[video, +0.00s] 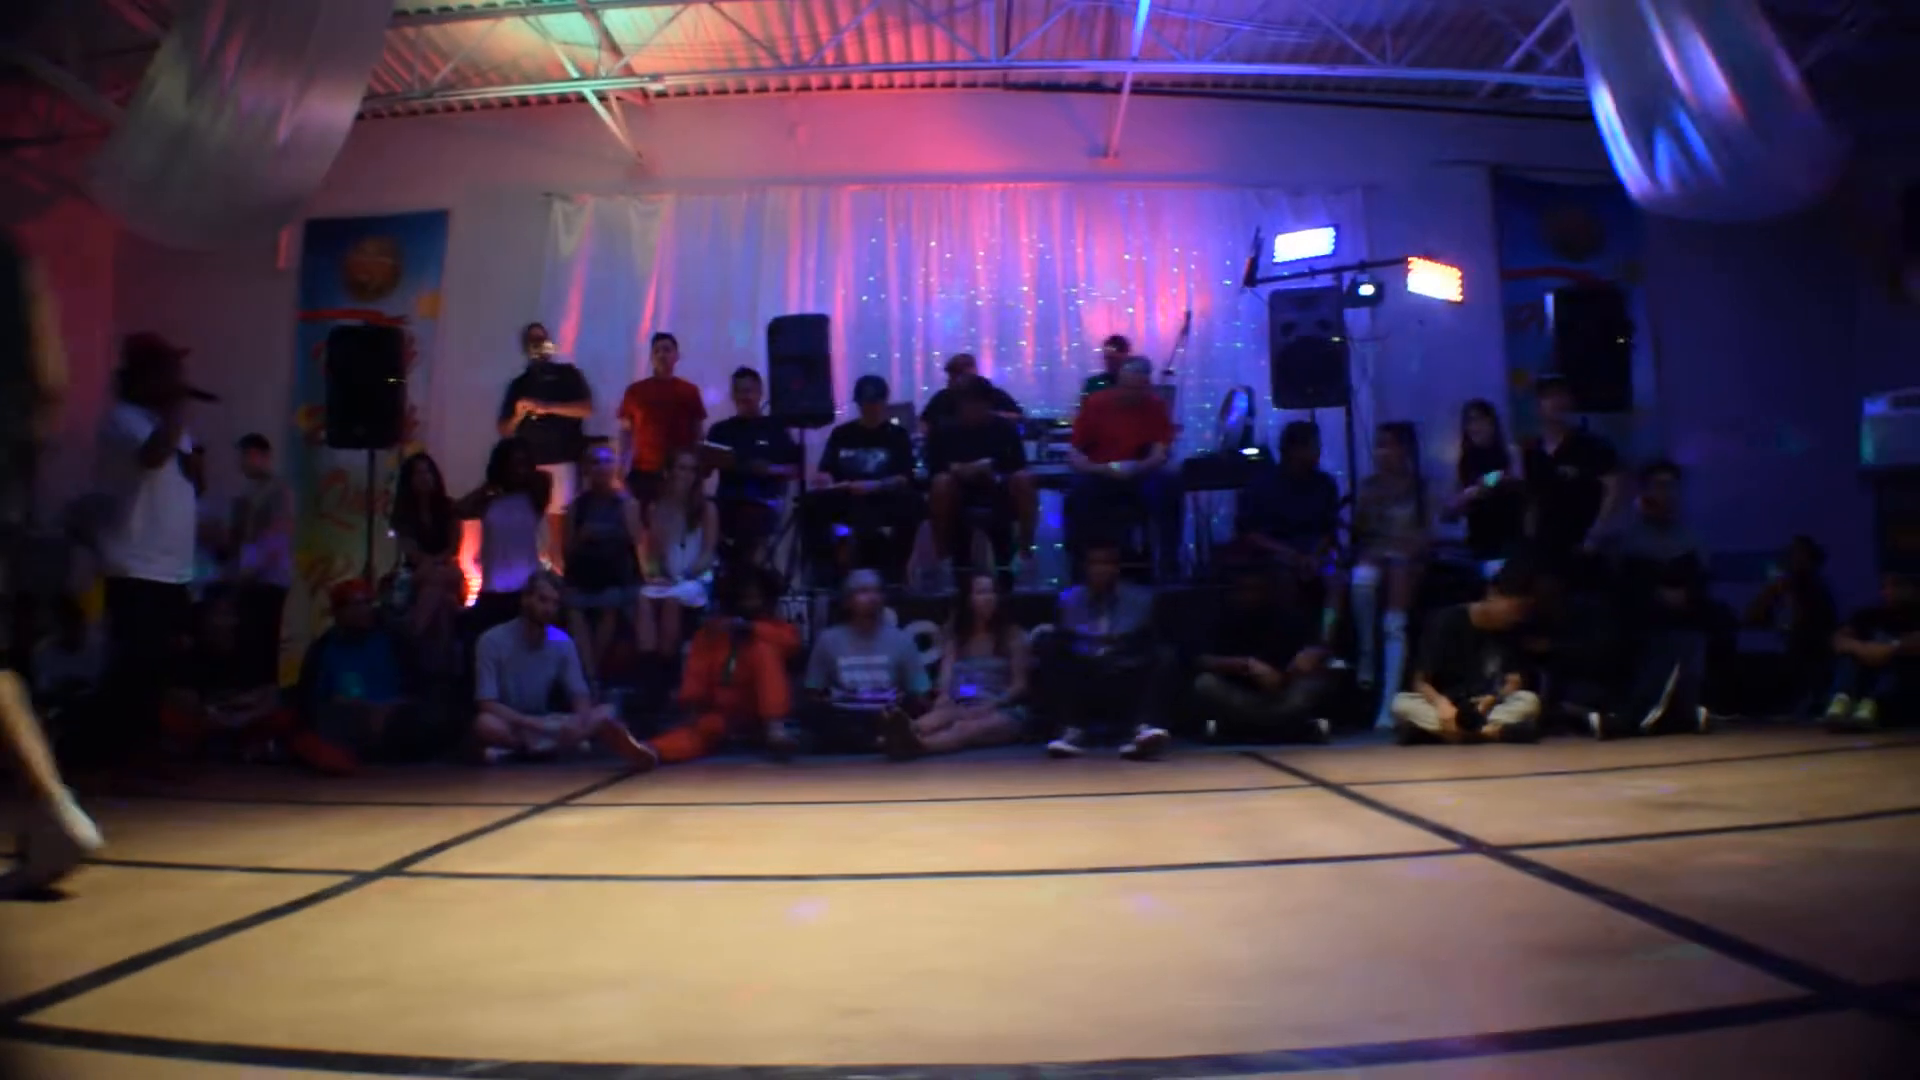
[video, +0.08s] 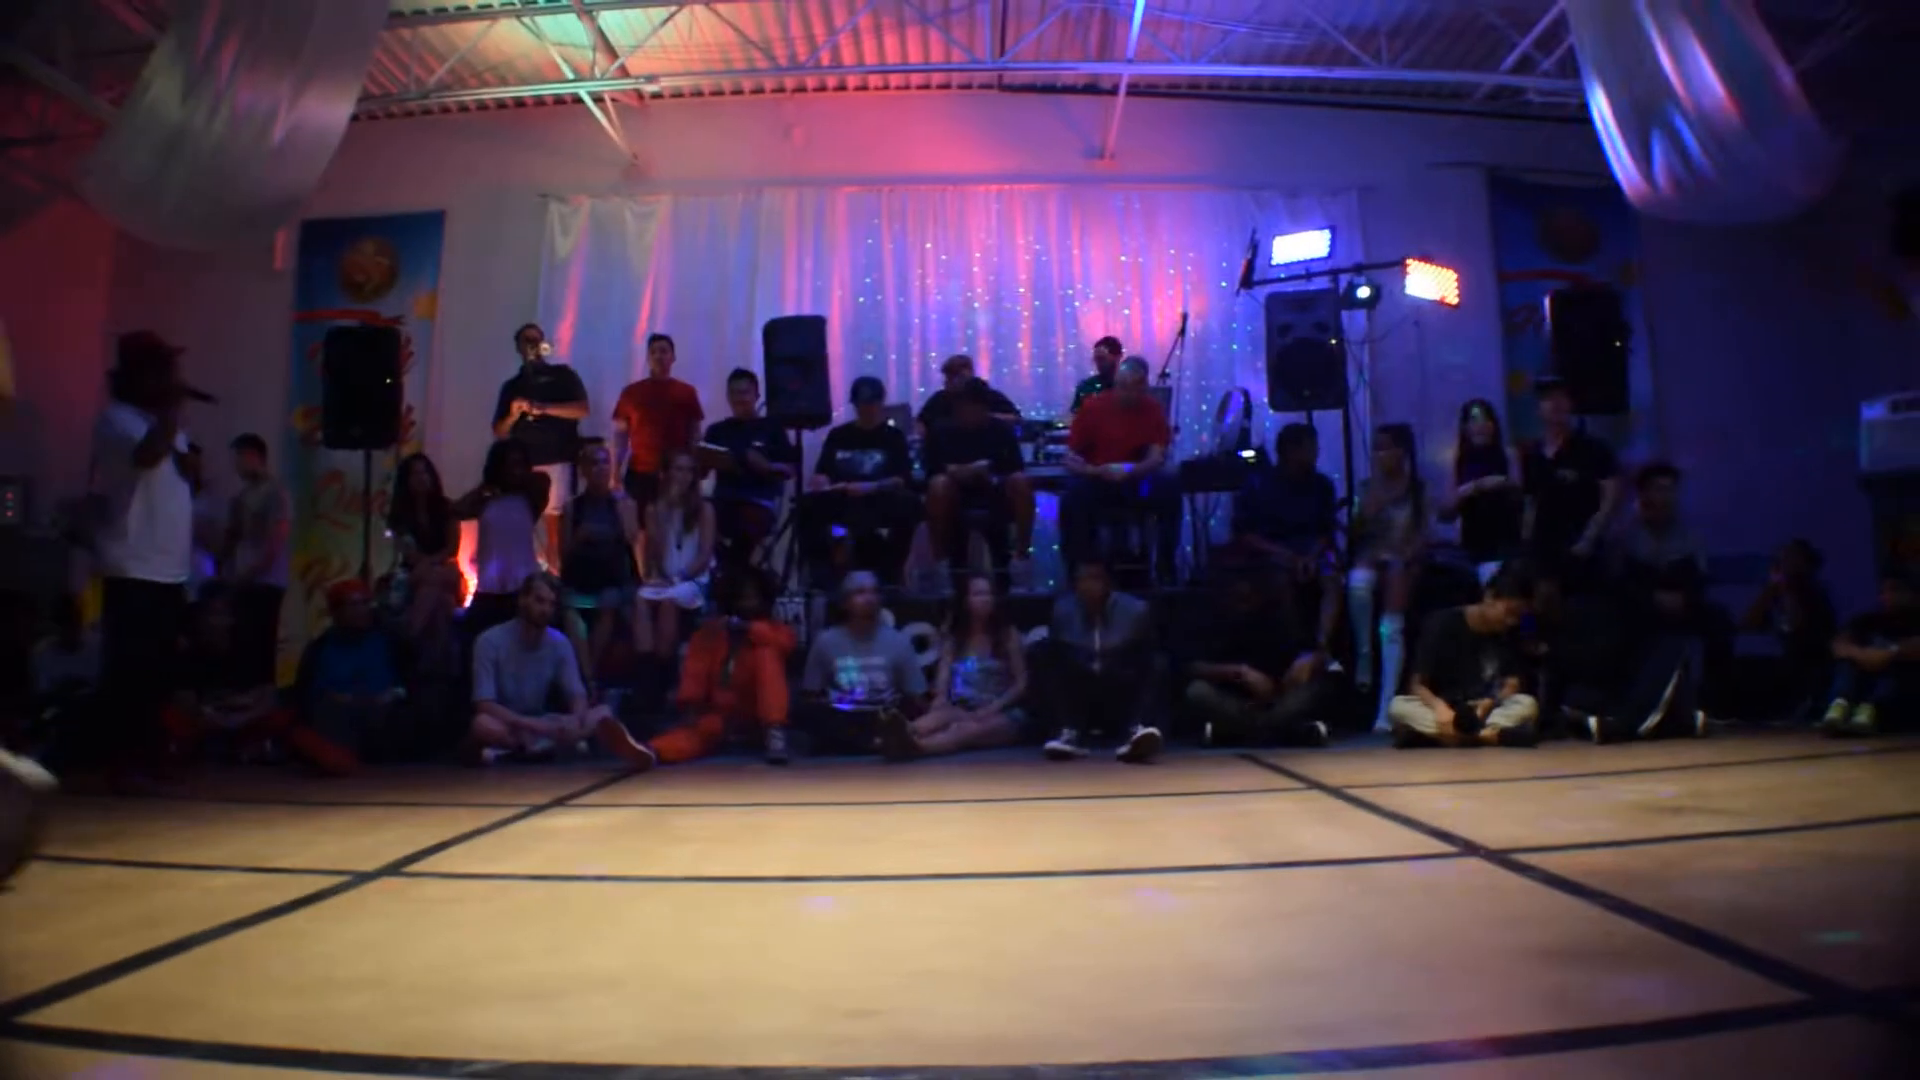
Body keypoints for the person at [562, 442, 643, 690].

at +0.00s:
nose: (602, 469)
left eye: (607, 462)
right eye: (596, 462)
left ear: (615, 467)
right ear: (587, 468)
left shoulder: (626, 504)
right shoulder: (577, 506)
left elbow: (636, 539)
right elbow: (568, 545)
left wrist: (642, 572)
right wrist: (569, 572)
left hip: (617, 575)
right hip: (582, 575)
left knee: (610, 613)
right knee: (575, 614)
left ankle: (596, 671)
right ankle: (589, 677)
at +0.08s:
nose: (600, 468)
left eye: (605, 462)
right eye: (594, 462)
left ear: (611, 467)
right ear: (583, 469)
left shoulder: (623, 504)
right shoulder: (572, 507)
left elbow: (631, 539)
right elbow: (565, 547)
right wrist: (568, 575)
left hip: (613, 580)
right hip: (579, 580)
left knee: (607, 609)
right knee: (570, 612)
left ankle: (591, 673)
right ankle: (588, 680)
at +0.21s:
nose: (601, 468)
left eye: (605, 461)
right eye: (594, 462)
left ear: (610, 467)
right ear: (582, 469)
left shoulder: (622, 503)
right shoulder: (572, 507)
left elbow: (630, 536)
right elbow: (565, 549)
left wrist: (615, 506)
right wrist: (579, 539)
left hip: (613, 576)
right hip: (579, 576)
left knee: (607, 611)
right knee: (569, 611)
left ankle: (591, 671)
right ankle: (586, 676)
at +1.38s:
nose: (623, 469)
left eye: (629, 463)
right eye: (617, 464)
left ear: (637, 468)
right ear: (608, 471)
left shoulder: (653, 502)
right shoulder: (599, 506)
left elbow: (660, 545)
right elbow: (594, 544)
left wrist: (636, 534)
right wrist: (610, 529)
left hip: (640, 570)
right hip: (607, 571)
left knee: (634, 604)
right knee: (596, 603)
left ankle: (616, 670)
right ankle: (613, 672)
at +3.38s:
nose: (608, 468)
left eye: (615, 464)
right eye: (606, 464)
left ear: (631, 472)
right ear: (601, 473)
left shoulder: (647, 507)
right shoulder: (595, 505)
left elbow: (655, 551)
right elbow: (588, 529)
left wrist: (634, 568)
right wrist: (599, 491)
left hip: (631, 577)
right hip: (600, 576)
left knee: (627, 609)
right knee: (588, 610)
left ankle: (610, 673)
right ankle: (606, 678)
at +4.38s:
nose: (620, 472)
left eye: (624, 467)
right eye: (613, 467)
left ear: (630, 472)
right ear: (602, 474)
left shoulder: (646, 508)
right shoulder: (592, 509)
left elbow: (654, 552)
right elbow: (588, 547)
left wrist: (634, 568)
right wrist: (605, 520)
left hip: (631, 576)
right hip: (600, 574)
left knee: (627, 609)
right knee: (589, 611)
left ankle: (608, 676)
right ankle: (606, 680)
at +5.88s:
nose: (612, 472)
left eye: (619, 467)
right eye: (609, 467)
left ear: (632, 475)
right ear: (603, 473)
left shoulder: (645, 507)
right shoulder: (592, 510)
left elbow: (648, 550)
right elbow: (587, 553)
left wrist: (631, 533)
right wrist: (605, 534)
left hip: (632, 573)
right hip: (599, 573)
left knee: (626, 610)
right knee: (588, 610)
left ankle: (607, 675)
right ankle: (606, 678)